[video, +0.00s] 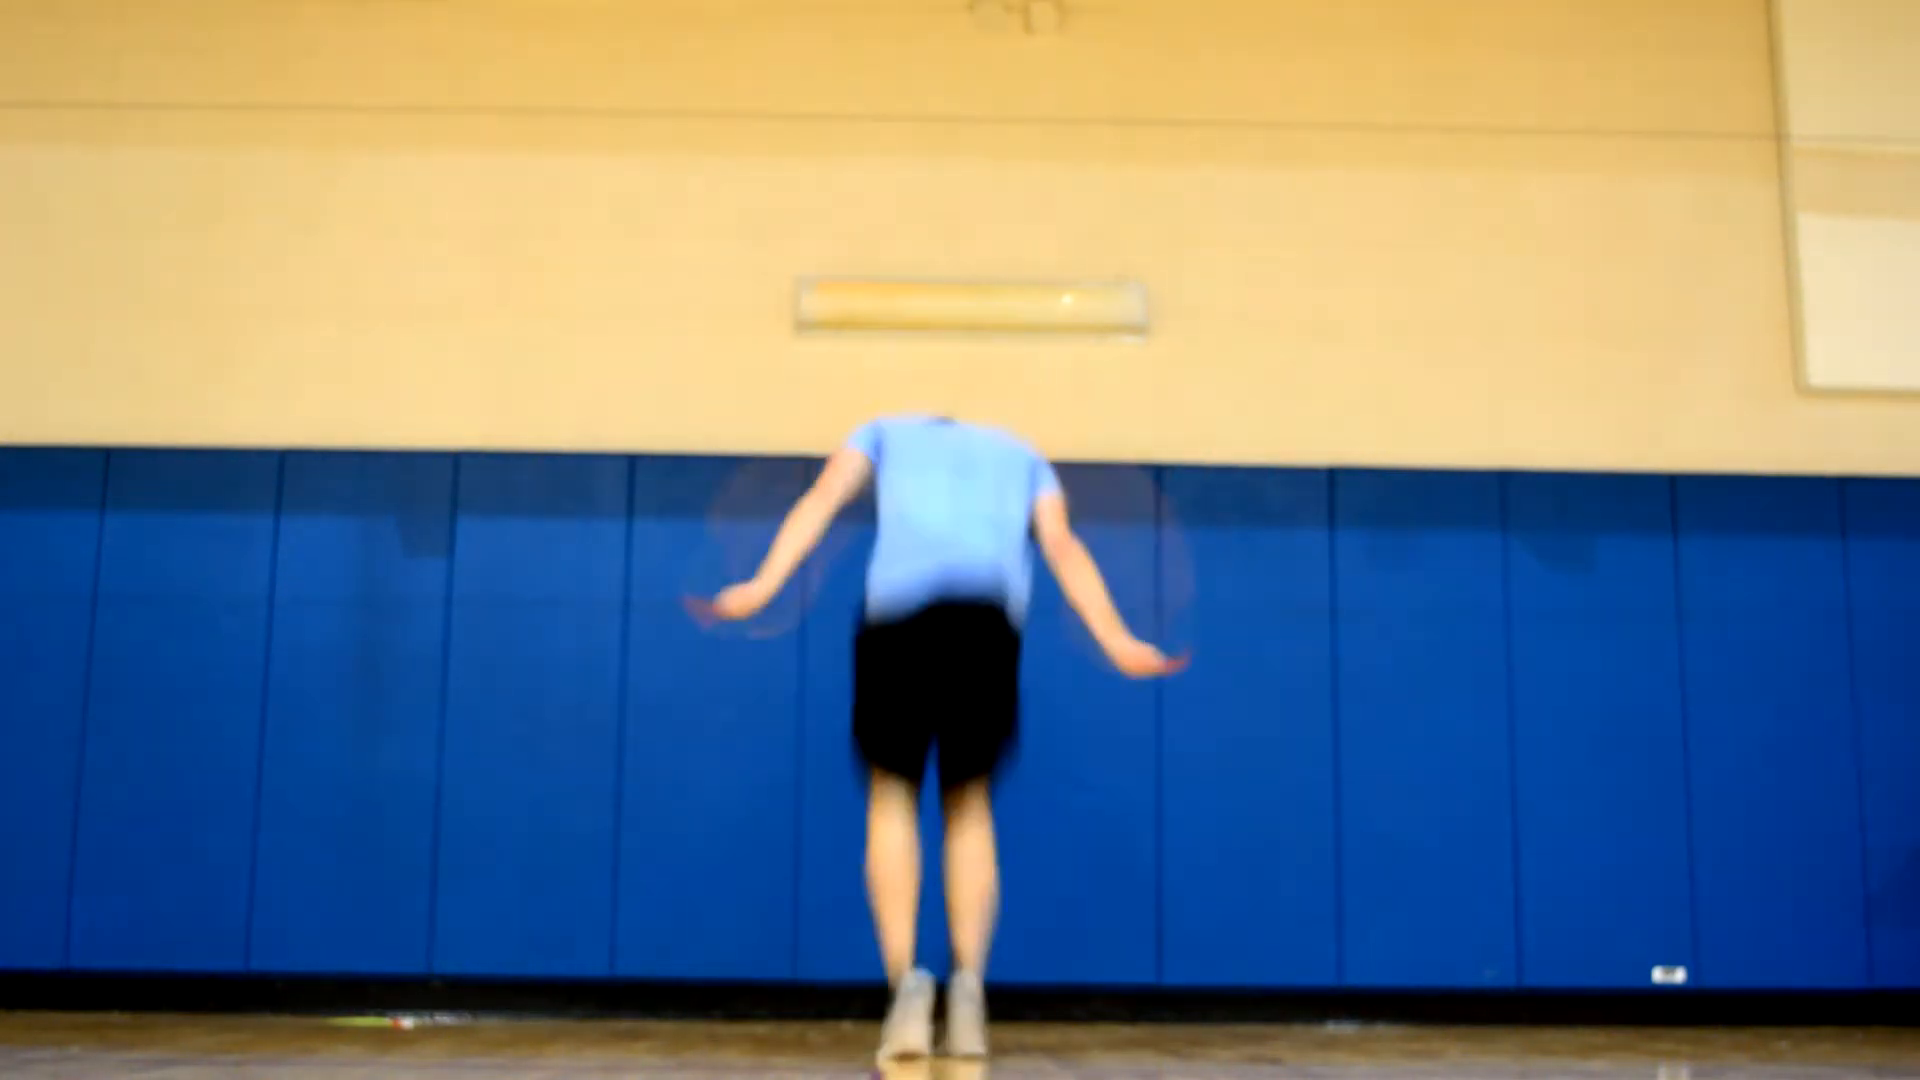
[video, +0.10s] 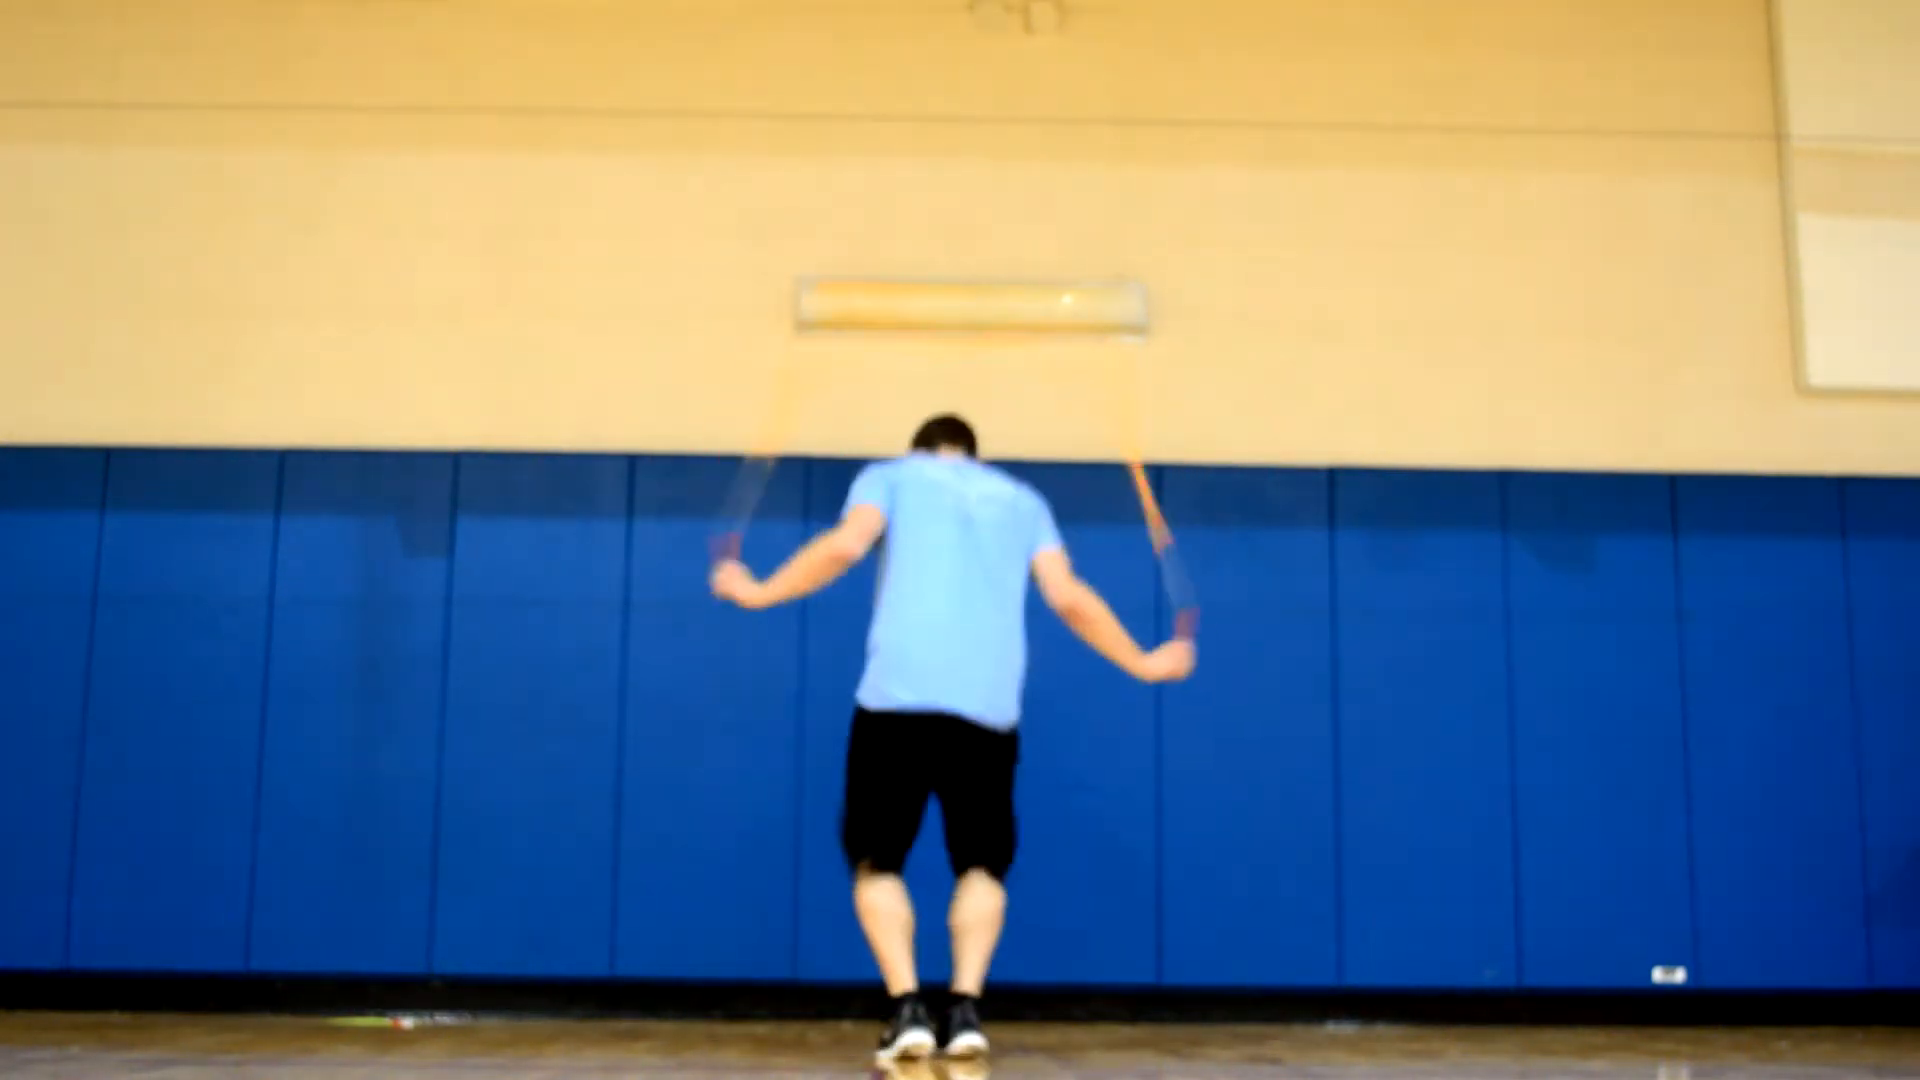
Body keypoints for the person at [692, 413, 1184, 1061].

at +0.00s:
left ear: (926, 402)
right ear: (983, 411)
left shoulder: (886, 433)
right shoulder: (1025, 457)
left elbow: (823, 498)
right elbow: (1062, 547)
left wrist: (761, 585)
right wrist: (1120, 642)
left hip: (898, 629)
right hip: (986, 631)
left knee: (893, 796)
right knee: (970, 800)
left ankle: (906, 986)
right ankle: (968, 993)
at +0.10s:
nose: (932, 458)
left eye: (926, 451)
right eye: (946, 451)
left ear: (916, 450)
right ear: (975, 455)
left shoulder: (890, 475)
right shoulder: (1023, 501)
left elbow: (847, 546)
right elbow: (1067, 596)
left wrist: (759, 594)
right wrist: (1143, 664)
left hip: (896, 706)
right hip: (985, 714)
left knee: (876, 861)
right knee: (982, 864)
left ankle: (909, 1011)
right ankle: (964, 1013)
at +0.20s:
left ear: (923, 389)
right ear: (981, 393)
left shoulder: (891, 414)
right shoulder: (1028, 430)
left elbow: (848, 512)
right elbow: (1064, 539)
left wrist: (789, 593)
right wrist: (1109, 634)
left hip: (899, 647)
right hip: (986, 653)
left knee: (898, 803)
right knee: (978, 811)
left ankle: (910, 977)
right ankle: (964, 977)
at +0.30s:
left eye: (934, 352)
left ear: (926, 352)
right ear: (987, 354)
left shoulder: (892, 380)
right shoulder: (1033, 393)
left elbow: (855, 485)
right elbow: (1059, 508)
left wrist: (793, 584)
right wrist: (1106, 613)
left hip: (907, 608)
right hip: (995, 612)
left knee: (913, 776)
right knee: (979, 779)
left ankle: (931, 948)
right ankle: (962, 950)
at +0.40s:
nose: (938, 359)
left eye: (935, 351)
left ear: (929, 349)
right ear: (990, 352)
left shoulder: (895, 382)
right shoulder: (1037, 395)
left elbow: (865, 492)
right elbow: (1056, 510)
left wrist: (819, 596)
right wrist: (1094, 617)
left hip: (911, 608)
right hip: (997, 612)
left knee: (921, 783)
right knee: (987, 787)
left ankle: (935, 959)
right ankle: (973, 959)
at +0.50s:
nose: (947, 394)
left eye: (942, 384)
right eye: (964, 384)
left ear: (931, 382)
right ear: (994, 384)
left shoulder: (893, 427)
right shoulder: (1038, 436)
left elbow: (875, 540)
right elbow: (1057, 553)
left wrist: (842, 637)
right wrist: (1096, 652)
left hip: (914, 664)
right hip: (1001, 666)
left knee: (924, 833)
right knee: (998, 836)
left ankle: (944, 1012)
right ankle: (988, 1011)